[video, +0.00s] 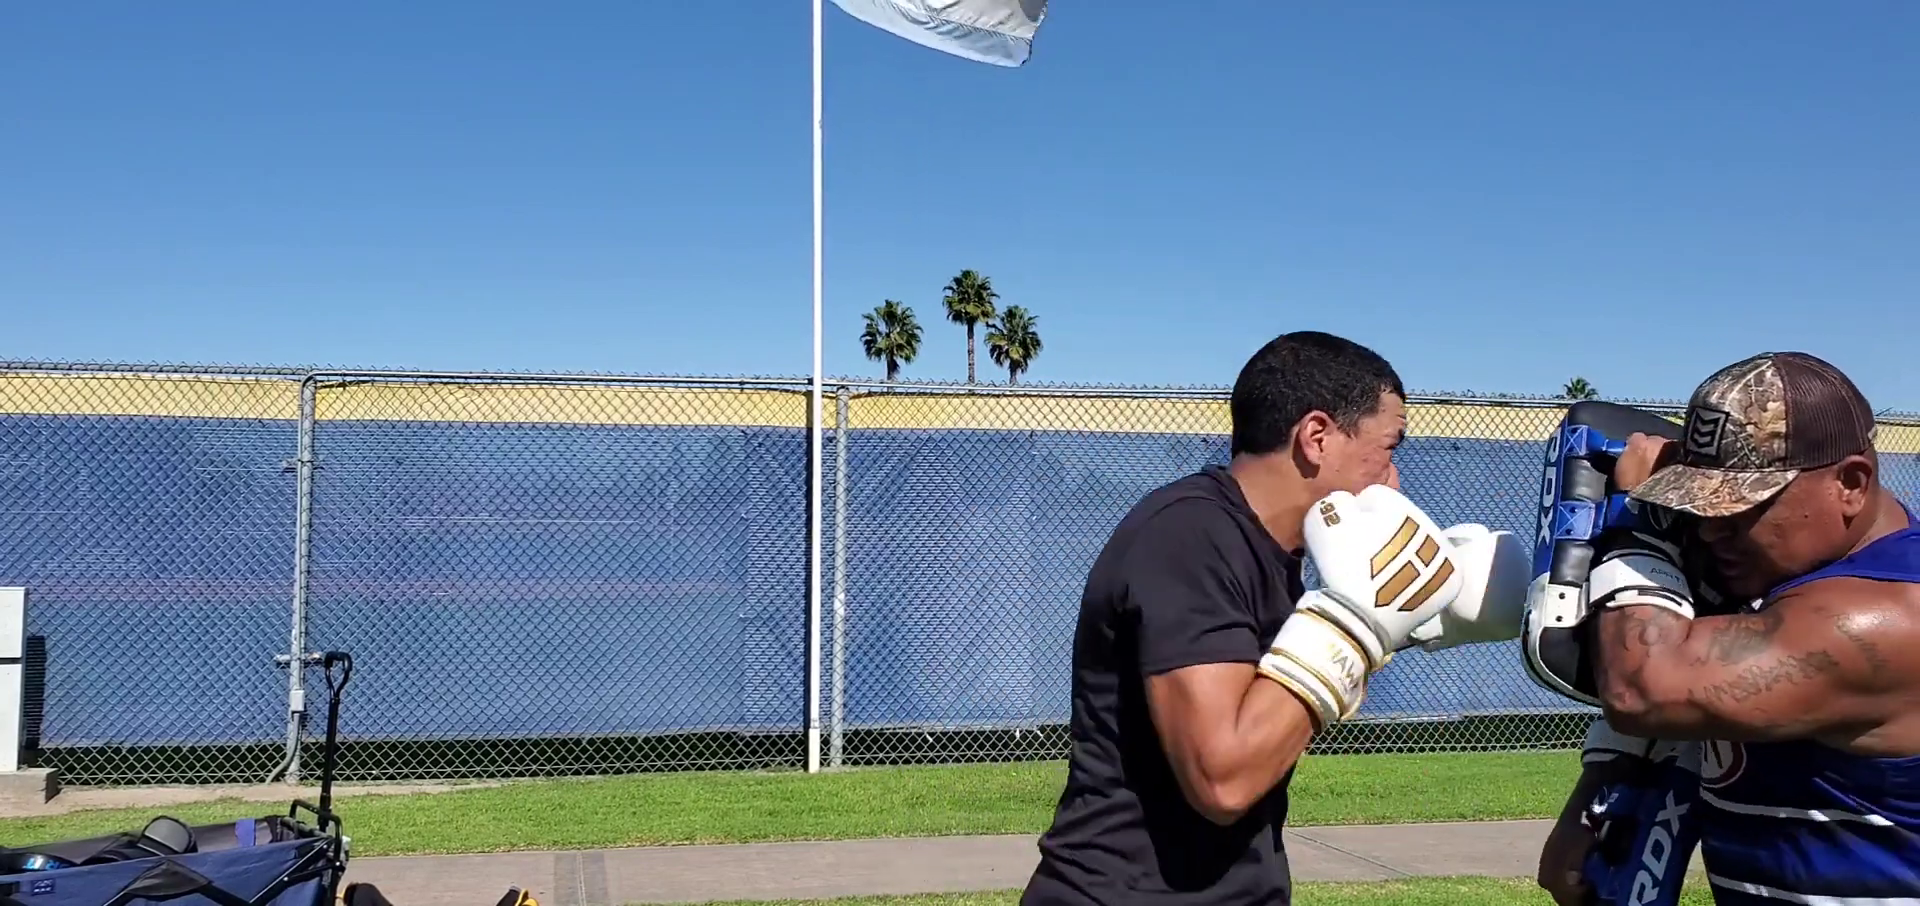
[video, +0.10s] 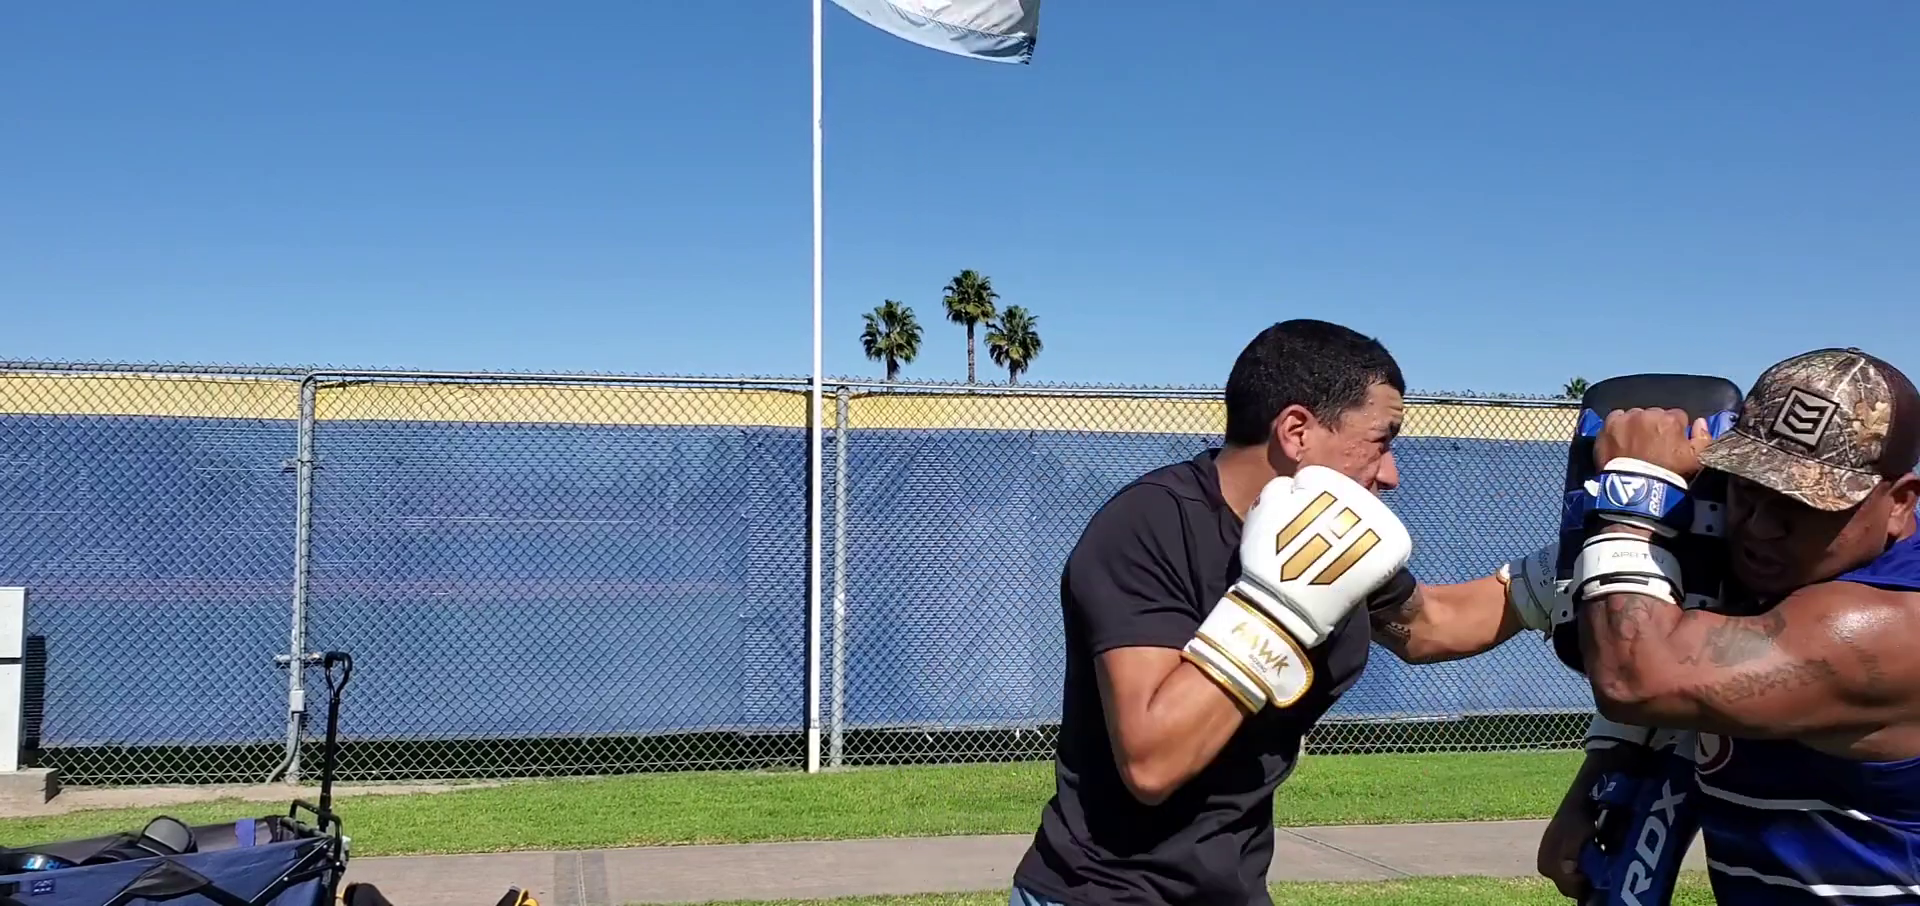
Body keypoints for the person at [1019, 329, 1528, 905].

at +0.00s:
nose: (1392, 481)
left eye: (1393, 454)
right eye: (1385, 452)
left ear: (1314, 442)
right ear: (1316, 439)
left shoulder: (1268, 549)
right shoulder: (1185, 539)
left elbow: (1256, 741)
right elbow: (1224, 779)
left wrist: (1370, 631)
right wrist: (1346, 624)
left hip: (1237, 883)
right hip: (1130, 887)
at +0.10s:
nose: (1391, 475)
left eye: (1393, 445)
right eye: (1378, 444)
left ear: (1302, 438)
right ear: (1296, 433)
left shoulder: (1328, 537)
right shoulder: (1141, 530)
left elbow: (1419, 624)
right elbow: (1151, 762)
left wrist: (1564, 585)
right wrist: (1271, 612)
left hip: (1233, 880)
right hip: (1100, 880)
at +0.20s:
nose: (1393, 468)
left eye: (1392, 437)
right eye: (1377, 436)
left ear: (1291, 435)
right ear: (1291, 431)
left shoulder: (1278, 541)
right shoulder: (1155, 530)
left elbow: (1264, 694)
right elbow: (1150, 763)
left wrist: (1434, 655)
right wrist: (1282, 615)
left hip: (1217, 886)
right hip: (1112, 891)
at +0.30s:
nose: (1380, 468)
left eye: (1377, 438)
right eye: (1365, 437)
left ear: (1284, 435)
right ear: (1283, 430)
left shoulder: (1225, 536)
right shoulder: (1167, 534)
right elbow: (1187, 771)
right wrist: (1315, 617)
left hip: (1202, 887)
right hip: (1128, 892)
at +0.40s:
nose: (1343, 452)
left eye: (1341, 424)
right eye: (1330, 422)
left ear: (1253, 415)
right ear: (1252, 413)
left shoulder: (1188, 523)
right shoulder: (1151, 522)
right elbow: (1199, 765)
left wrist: (1304, 668)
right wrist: (1305, 612)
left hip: (1176, 886)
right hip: (1109, 890)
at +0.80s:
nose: (1308, 488)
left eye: (1307, 461)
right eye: (1297, 460)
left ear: (1228, 465)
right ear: (1225, 461)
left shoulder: (1217, 566)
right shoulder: (1091, 554)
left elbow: (1236, 711)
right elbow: (1169, 776)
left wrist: (1344, 635)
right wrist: (1303, 641)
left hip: (1182, 883)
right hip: (1069, 891)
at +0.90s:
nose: (1352, 458)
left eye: (1350, 435)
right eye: (1341, 433)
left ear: (1275, 433)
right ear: (1273, 434)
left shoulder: (1186, 512)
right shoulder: (1203, 523)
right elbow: (1319, 709)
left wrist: (1321, 582)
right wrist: (1394, 572)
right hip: (1137, 886)